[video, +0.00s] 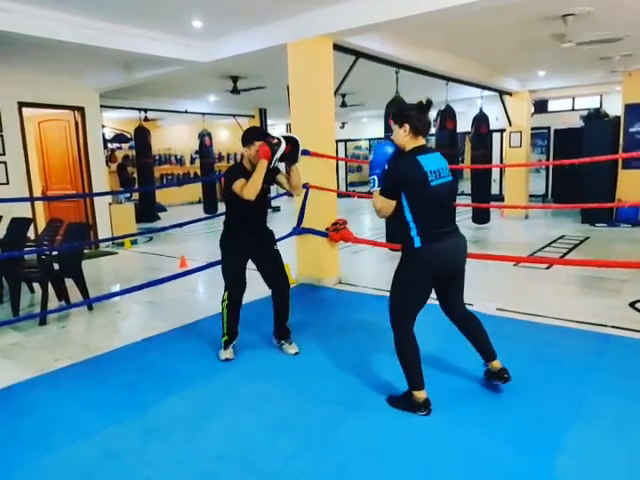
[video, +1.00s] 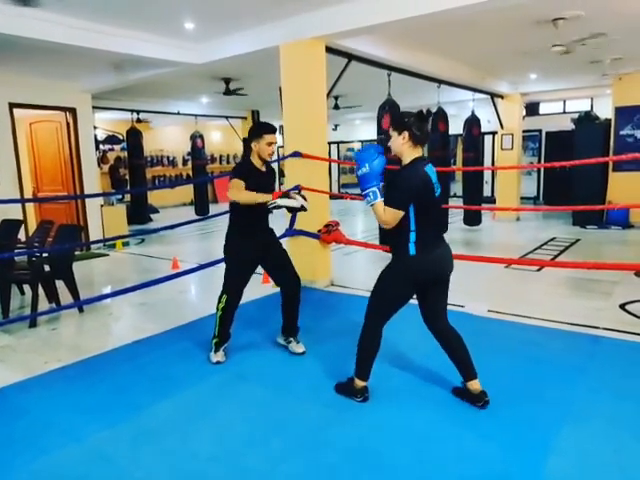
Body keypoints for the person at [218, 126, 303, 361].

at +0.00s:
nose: (263, 154)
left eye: (265, 149)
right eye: (259, 148)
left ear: (266, 151)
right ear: (246, 148)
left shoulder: (266, 170)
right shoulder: (232, 173)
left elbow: (295, 190)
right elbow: (249, 194)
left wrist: (290, 161)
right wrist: (264, 161)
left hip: (261, 237)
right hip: (235, 239)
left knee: (281, 285)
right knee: (234, 289)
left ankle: (282, 336)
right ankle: (228, 341)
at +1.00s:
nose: (273, 149)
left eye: (275, 144)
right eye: (268, 144)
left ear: (273, 145)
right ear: (254, 144)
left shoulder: (269, 171)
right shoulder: (242, 168)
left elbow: (264, 200)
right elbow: (234, 194)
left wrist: (287, 198)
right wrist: (271, 198)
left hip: (265, 238)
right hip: (241, 241)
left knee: (291, 283)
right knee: (231, 294)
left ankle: (289, 335)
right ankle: (219, 343)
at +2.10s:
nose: (328, 147)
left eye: (325, 142)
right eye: (327, 142)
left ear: (295, 142)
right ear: (320, 144)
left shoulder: (280, 172)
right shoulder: (324, 176)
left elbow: (288, 214)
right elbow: (342, 222)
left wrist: (325, 226)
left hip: (275, 266)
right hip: (310, 269)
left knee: (285, 325)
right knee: (344, 345)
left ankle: (258, 388)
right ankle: (368, 426)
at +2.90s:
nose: (208, 148)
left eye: (208, 143)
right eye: (206, 143)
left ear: (188, 145)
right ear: (192, 145)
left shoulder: (194, 173)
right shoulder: (183, 177)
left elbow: (210, 211)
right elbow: (213, 216)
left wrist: (215, 194)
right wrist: (218, 188)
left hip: (190, 261)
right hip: (169, 263)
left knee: (222, 307)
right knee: (172, 329)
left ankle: (202, 368)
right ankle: (136, 384)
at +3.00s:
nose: (204, 151)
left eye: (203, 146)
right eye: (200, 146)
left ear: (183, 149)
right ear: (186, 148)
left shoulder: (189, 177)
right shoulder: (175, 180)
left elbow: (203, 216)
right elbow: (205, 221)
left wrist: (205, 214)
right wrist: (212, 191)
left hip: (187, 260)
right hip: (164, 263)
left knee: (225, 301)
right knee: (170, 331)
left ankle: (206, 357)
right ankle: (136, 387)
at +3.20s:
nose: (204, 152)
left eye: (204, 147)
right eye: (200, 147)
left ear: (188, 149)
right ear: (185, 148)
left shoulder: (197, 176)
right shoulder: (173, 179)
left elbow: (220, 211)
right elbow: (201, 214)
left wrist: (222, 181)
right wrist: (211, 182)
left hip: (197, 255)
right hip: (172, 259)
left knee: (216, 302)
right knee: (167, 323)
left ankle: (214, 349)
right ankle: (137, 387)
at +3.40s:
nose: (203, 150)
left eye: (203, 145)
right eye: (199, 145)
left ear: (192, 146)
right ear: (183, 147)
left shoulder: (200, 170)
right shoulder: (173, 176)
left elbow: (222, 203)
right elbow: (201, 210)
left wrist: (225, 175)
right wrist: (209, 177)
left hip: (201, 249)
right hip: (176, 252)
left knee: (221, 299)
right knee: (179, 314)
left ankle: (214, 350)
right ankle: (148, 361)